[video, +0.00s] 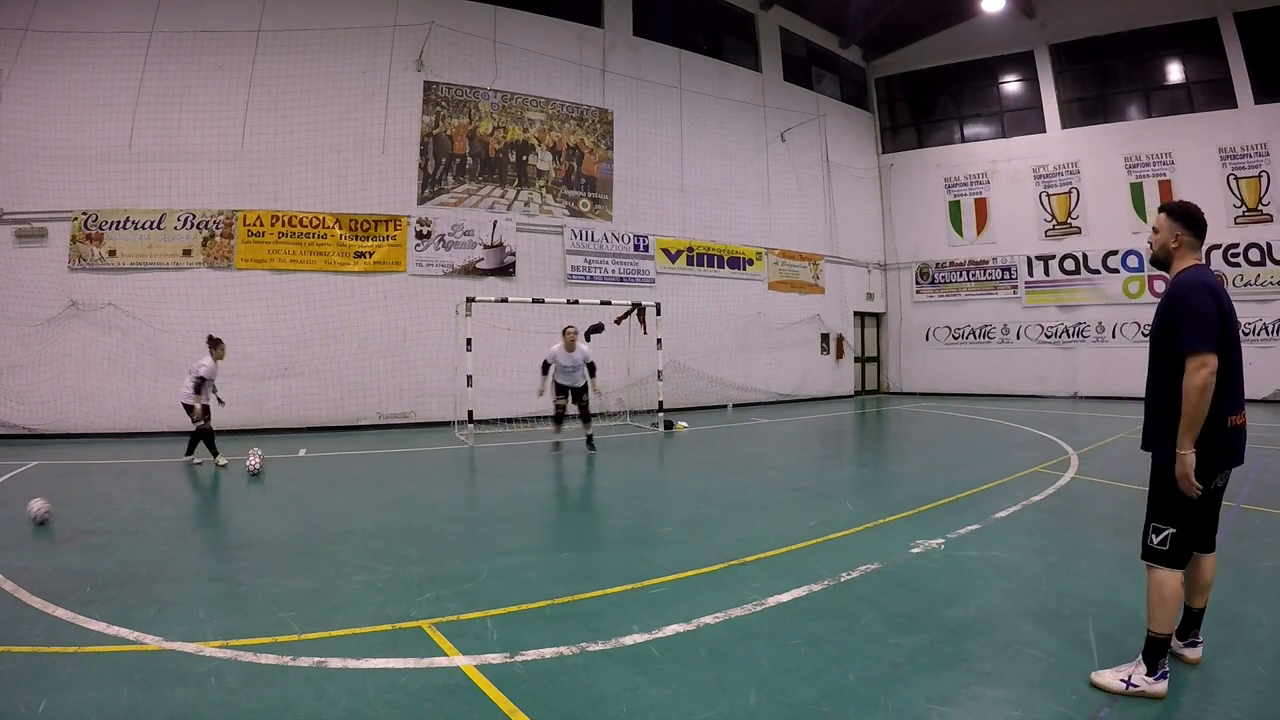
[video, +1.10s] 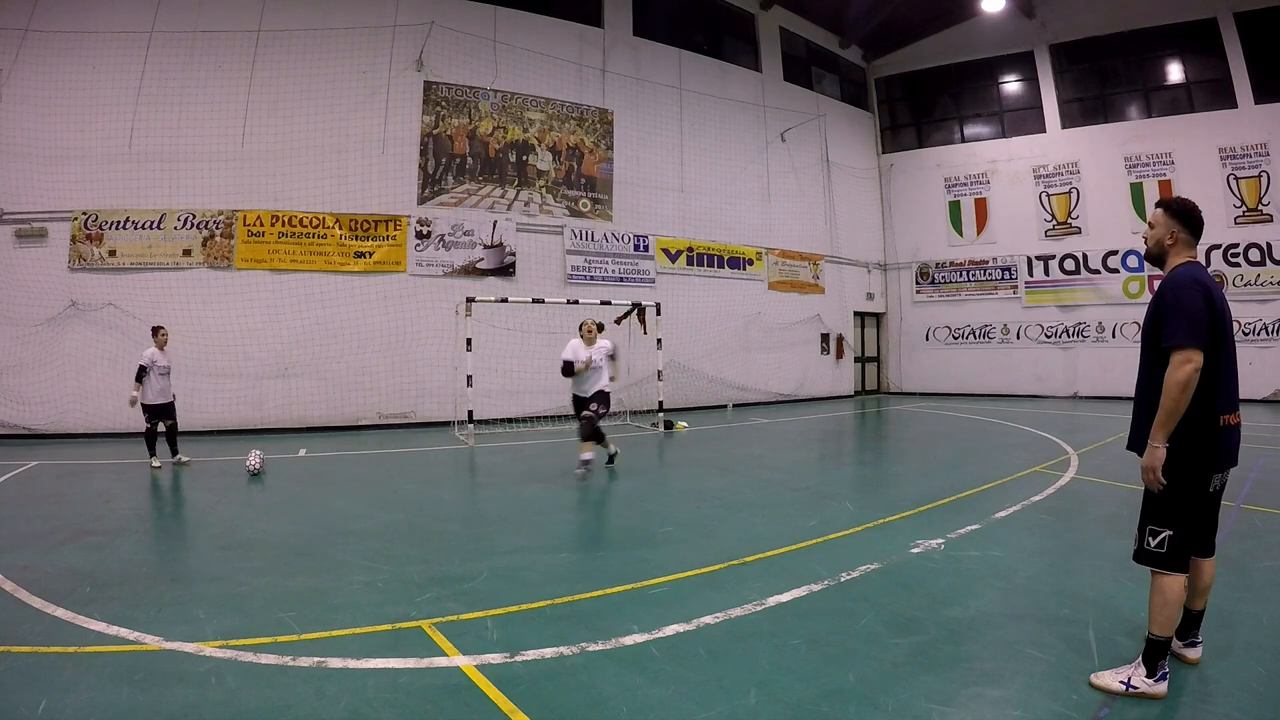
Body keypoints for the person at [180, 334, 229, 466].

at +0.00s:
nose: (223, 353)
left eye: (224, 350)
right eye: (221, 350)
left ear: (217, 351)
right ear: (213, 351)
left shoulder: (213, 364)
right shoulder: (208, 365)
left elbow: (210, 382)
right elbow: (197, 385)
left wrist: (217, 396)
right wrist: (197, 405)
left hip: (201, 399)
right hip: (192, 400)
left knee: (202, 428)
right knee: (205, 428)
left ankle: (188, 455)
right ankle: (216, 456)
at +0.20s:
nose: (208, 344)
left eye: (208, 341)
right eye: (205, 342)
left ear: (206, 342)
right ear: (197, 343)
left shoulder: (202, 359)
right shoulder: (191, 358)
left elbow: (202, 378)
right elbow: (181, 378)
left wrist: (212, 389)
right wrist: (178, 398)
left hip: (198, 399)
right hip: (188, 400)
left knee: (194, 428)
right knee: (199, 427)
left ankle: (188, 456)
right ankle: (204, 456)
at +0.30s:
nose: (202, 341)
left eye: (202, 339)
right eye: (200, 339)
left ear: (199, 340)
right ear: (191, 341)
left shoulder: (197, 356)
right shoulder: (187, 356)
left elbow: (197, 376)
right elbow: (176, 375)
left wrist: (204, 390)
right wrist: (174, 397)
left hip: (195, 398)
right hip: (185, 398)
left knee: (195, 425)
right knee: (192, 425)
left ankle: (190, 455)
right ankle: (187, 456)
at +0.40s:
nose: (197, 340)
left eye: (197, 337)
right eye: (194, 337)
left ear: (195, 338)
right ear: (186, 339)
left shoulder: (193, 354)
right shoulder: (181, 355)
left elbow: (191, 377)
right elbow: (174, 375)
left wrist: (196, 393)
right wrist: (174, 396)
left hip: (193, 398)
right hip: (183, 399)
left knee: (192, 426)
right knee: (185, 426)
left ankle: (188, 456)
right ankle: (175, 456)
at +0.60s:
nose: (187, 339)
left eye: (187, 336)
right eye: (184, 336)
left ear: (183, 338)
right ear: (175, 338)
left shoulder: (183, 354)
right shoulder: (172, 354)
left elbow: (182, 376)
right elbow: (167, 375)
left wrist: (187, 394)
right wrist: (176, 394)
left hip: (187, 399)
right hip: (173, 400)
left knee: (187, 427)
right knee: (169, 427)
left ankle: (187, 456)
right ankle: (156, 454)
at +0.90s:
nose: (172, 338)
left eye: (172, 336)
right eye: (168, 336)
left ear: (172, 337)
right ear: (160, 338)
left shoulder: (170, 355)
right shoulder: (155, 355)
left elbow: (168, 377)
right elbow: (150, 376)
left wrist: (172, 394)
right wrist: (156, 393)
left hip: (171, 400)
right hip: (156, 402)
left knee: (177, 428)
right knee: (154, 429)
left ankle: (185, 455)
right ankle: (153, 457)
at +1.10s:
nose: (166, 338)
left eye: (166, 335)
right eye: (163, 335)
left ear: (166, 337)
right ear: (155, 337)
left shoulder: (166, 354)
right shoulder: (149, 354)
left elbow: (165, 378)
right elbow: (140, 374)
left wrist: (170, 393)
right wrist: (135, 393)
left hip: (166, 398)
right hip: (150, 400)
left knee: (171, 425)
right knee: (151, 428)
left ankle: (175, 455)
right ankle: (153, 457)